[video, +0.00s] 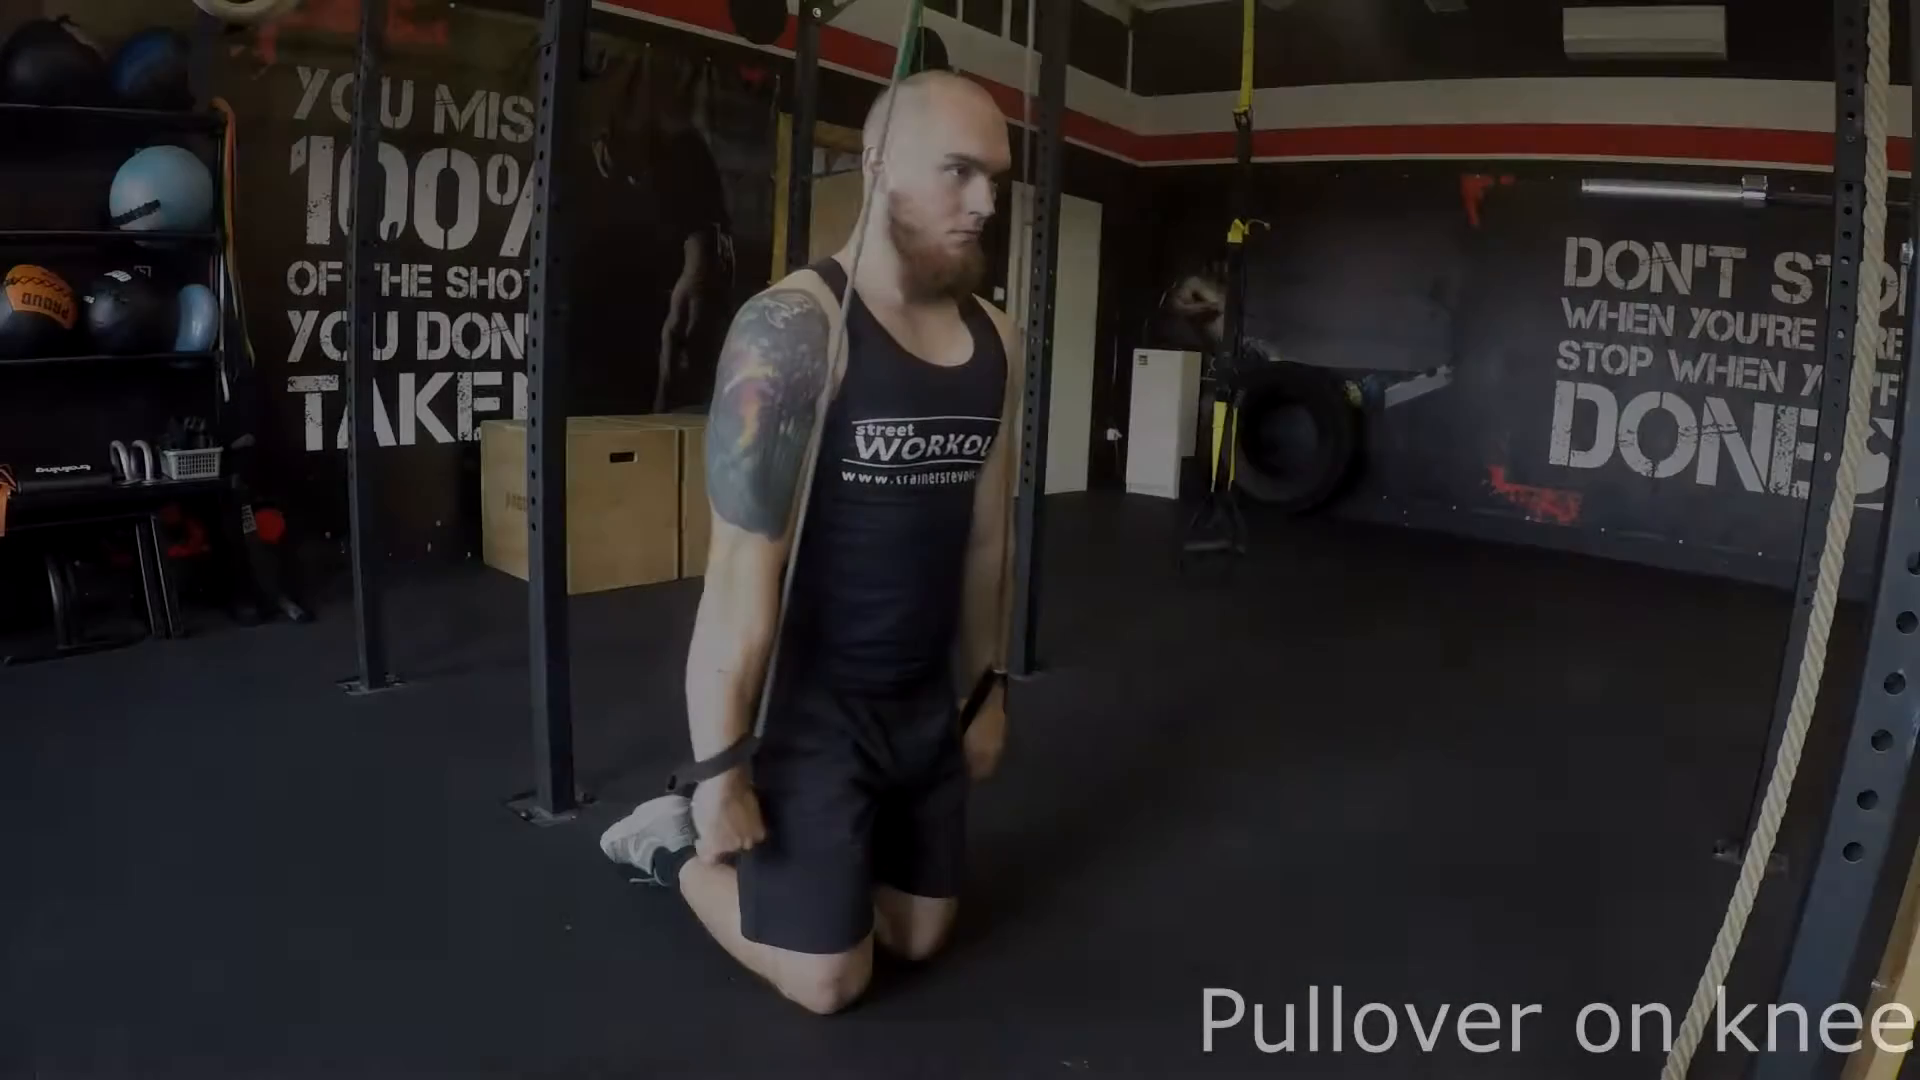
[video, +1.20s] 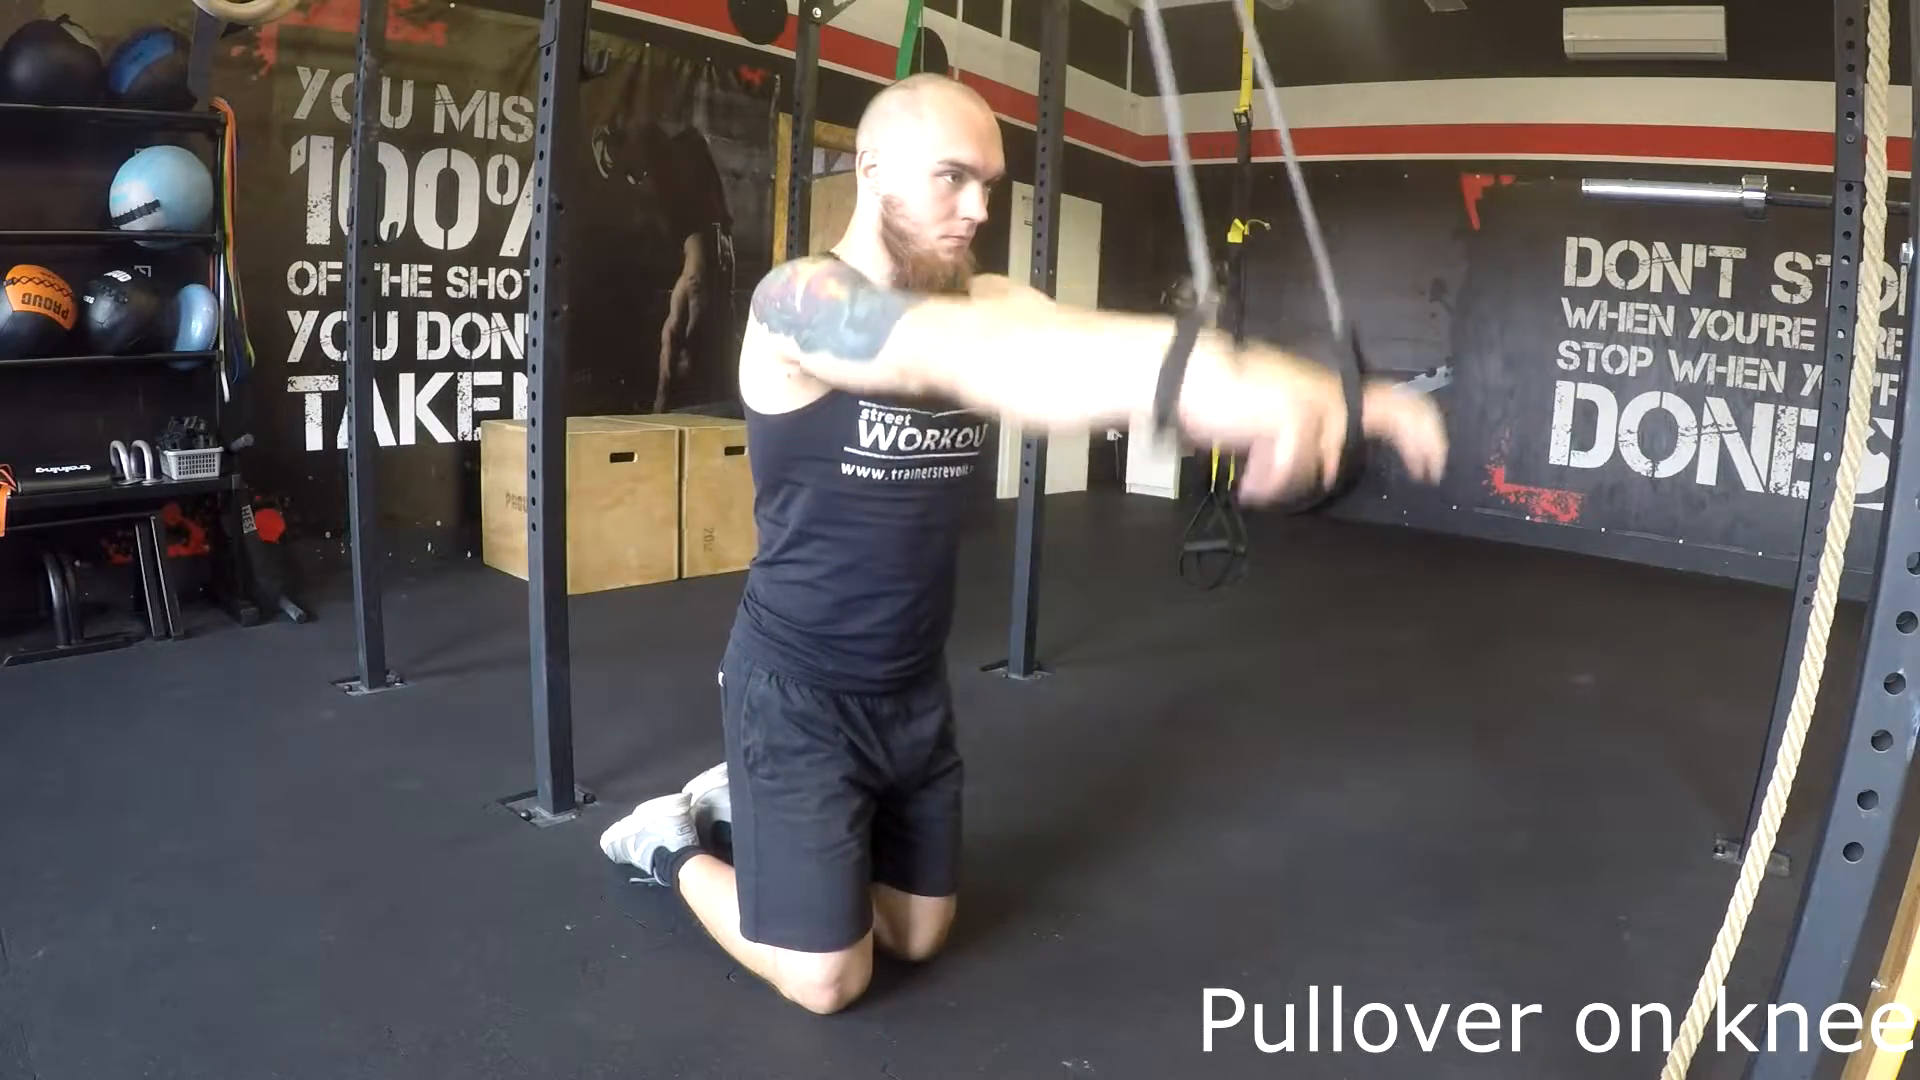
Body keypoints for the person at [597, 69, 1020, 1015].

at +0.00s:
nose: (983, 204)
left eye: (995, 179)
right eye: (958, 172)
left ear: (1003, 187)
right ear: (879, 167)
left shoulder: (990, 337)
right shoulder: (789, 329)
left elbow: (988, 530)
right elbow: (744, 564)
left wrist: (986, 682)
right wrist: (721, 768)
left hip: (923, 698)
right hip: (804, 705)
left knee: (918, 931)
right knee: (826, 979)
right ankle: (682, 845)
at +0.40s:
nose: (982, 203)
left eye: (995, 179)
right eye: (956, 170)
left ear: (1002, 190)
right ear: (876, 170)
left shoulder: (990, 339)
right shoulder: (789, 329)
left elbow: (1026, 528)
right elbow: (770, 577)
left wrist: (1066, 685)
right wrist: (784, 788)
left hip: (919, 700)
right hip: (812, 711)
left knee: (918, 931)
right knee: (826, 980)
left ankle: (730, 814)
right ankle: (671, 854)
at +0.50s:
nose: (979, 202)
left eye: (990, 178)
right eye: (955, 171)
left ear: (996, 185)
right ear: (876, 170)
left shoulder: (988, 332)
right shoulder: (789, 325)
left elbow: (1053, 505)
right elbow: (807, 561)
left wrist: (1137, 671)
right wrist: (862, 766)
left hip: (917, 680)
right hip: (801, 682)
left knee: (914, 933)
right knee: (822, 978)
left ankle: (751, 803)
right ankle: (671, 849)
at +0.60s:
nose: (972, 202)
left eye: (983, 178)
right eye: (948, 172)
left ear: (989, 185)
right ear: (871, 172)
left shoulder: (983, 322)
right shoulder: (791, 315)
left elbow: (1089, 477)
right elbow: (865, 523)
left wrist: (1211, 616)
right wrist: (979, 695)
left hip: (929, 676)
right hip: (804, 681)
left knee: (912, 934)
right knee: (823, 980)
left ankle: (745, 809)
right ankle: (673, 853)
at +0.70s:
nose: (969, 204)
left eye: (982, 182)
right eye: (945, 173)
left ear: (986, 188)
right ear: (865, 171)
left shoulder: (977, 311)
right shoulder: (788, 309)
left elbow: (1116, 418)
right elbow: (931, 444)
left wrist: (1286, 526)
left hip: (913, 684)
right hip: (797, 685)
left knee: (917, 931)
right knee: (823, 980)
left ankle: (747, 805)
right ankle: (680, 856)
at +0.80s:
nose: (965, 205)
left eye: (976, 181)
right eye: (938, 176)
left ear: (981, 184)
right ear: (859, 171)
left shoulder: (976, 307)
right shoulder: (785, 296)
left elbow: (1125, 348)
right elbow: (944, 335)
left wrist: (1328, 412)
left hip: (914, 684)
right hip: (797, 684)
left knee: (916, 931)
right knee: (821, 980)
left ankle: (750, 808)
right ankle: (675, 851)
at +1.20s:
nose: (979, 209)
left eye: (990, 184)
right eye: (952, 180)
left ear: (992, 188)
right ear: (869, 174)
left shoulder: (988, 304)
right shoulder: (797, 302)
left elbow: (1122, 346)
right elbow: (970, 366)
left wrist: (1320, 393)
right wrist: (1187, 391)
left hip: (913, 685)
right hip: (796, 685)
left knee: (916, 931)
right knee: (821, 978)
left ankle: (753, 807)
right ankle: (672, 851)